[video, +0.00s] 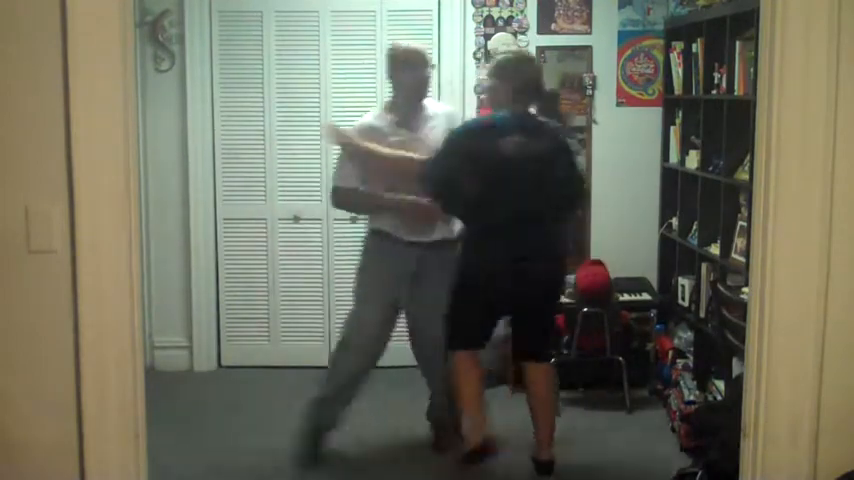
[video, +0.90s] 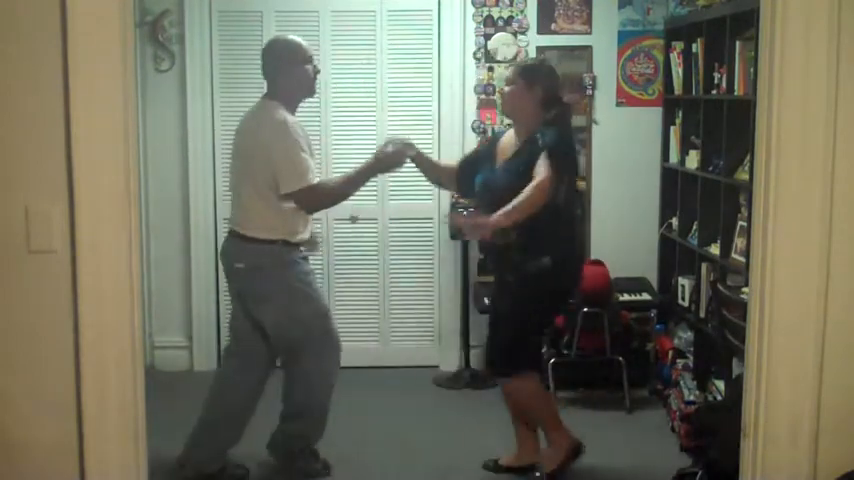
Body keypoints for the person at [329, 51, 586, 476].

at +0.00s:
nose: (483, 88)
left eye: (490, 82)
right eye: (486, 80)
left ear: (507, 88)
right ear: (533, 90)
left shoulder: (473, 135)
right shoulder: (553, 139)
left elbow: (432, 179)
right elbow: (573, 196)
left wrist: (357, 145)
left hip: (486, 257)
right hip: (543, 258)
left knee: (464, 343)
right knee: (537, 352)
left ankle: (476, 436)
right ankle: (544, 451)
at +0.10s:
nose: (399, 79)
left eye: (403, 71)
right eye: (390, 70)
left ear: (407, 77)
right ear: (370, 75)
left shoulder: (411, 127)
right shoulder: (346, 137)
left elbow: (410, 179)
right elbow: (329, 201)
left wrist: (451, 165)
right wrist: (400, 201)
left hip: (417, 256)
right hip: (366, 255)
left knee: (433, 344)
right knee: (338, 352)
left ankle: (442, 420)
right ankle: (297, 443)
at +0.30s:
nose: (367, 76)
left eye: (365, 70)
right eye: (358, 70)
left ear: (351, 78)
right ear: (331, 77)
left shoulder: (352, 124)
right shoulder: (312, 132)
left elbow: (356, 182)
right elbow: (314, 203)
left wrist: (398, 178)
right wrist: (384, 189)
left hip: (361, 255)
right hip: (320, 259)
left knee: (392, 339)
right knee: (319, 357)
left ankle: (378, 412)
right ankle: (296, 450)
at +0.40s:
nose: (350, 74)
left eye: (348, 67)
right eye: (341, 67)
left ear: (333, 75)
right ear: (313, 74)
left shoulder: (333, 121)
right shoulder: (298, 127)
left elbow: (344, 187)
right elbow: (308, 202)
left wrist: (392, 185)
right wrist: (381, 193)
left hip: (339, 253)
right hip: (303, 257)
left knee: (368, 332)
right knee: (316, 350)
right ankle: (296, 449)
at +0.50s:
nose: (339, 68)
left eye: (337, 62)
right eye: (329, 63)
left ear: (316, 74)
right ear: (302, 73)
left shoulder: (317, 121)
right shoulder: (294, 126)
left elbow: (339, 188)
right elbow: (313, 204)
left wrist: (389, 186)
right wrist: (382, 196)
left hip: (317, 253)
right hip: (289, 256)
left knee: (339, 339)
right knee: (311, 355)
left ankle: (251, 403)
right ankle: (294, 453)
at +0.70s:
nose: (325, 69)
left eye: (321, 61)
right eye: (314, 62)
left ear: (292, 73)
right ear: (290, 72)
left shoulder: (282, 120)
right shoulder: (288, 125)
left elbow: (309, 193)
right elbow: (321, 198)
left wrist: (357, 197)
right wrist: (376, 185)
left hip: (274, 255)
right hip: (275, 259)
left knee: (272, 358)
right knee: (299, 356)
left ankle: (209, 448)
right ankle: (294, 455)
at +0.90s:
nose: (317, 70)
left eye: (314, 63)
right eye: (309, 64)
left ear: (278, 74)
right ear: (285, 72)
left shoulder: (258, 119)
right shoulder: (277, 125)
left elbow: (263, 191)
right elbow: (309, 198)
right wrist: (373, 167)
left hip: (248, 253)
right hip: (270, 258)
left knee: (249, 357)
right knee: (318, 347)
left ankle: (202, 459)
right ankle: (294, 450)